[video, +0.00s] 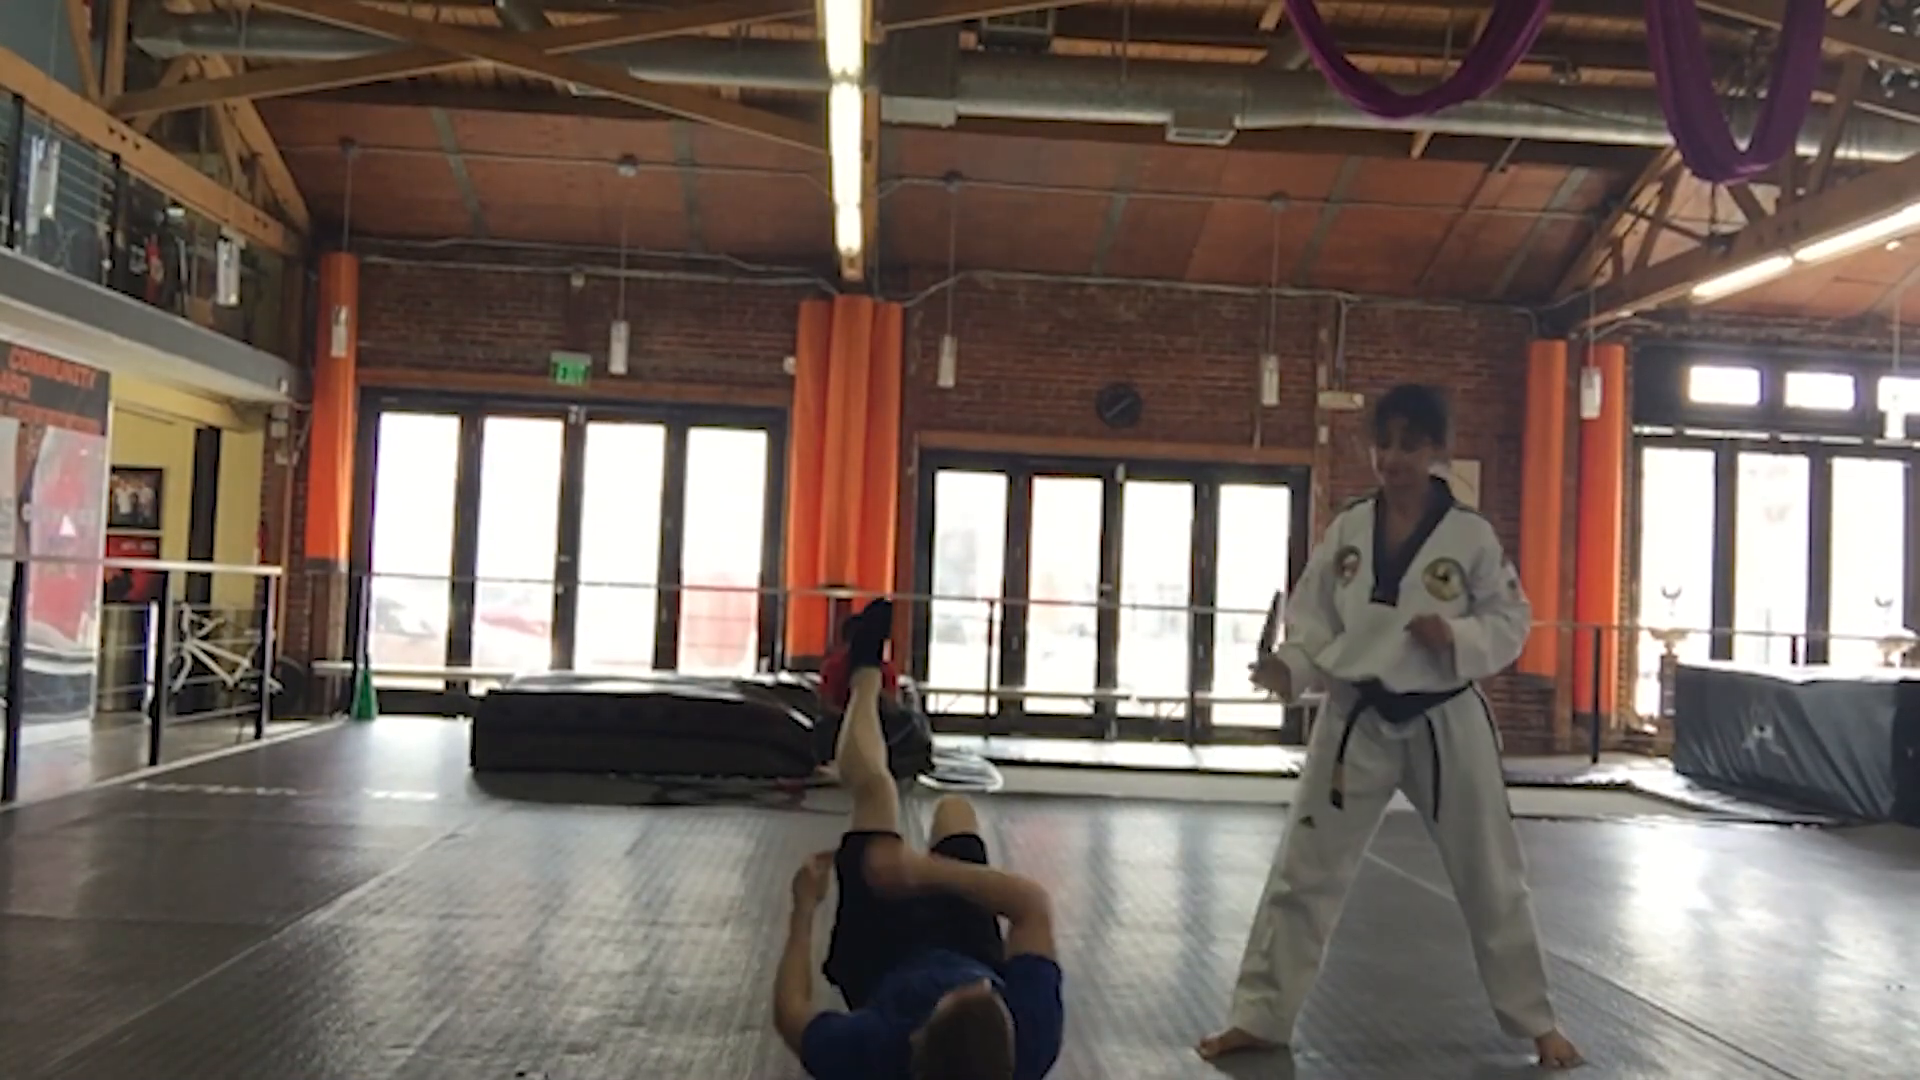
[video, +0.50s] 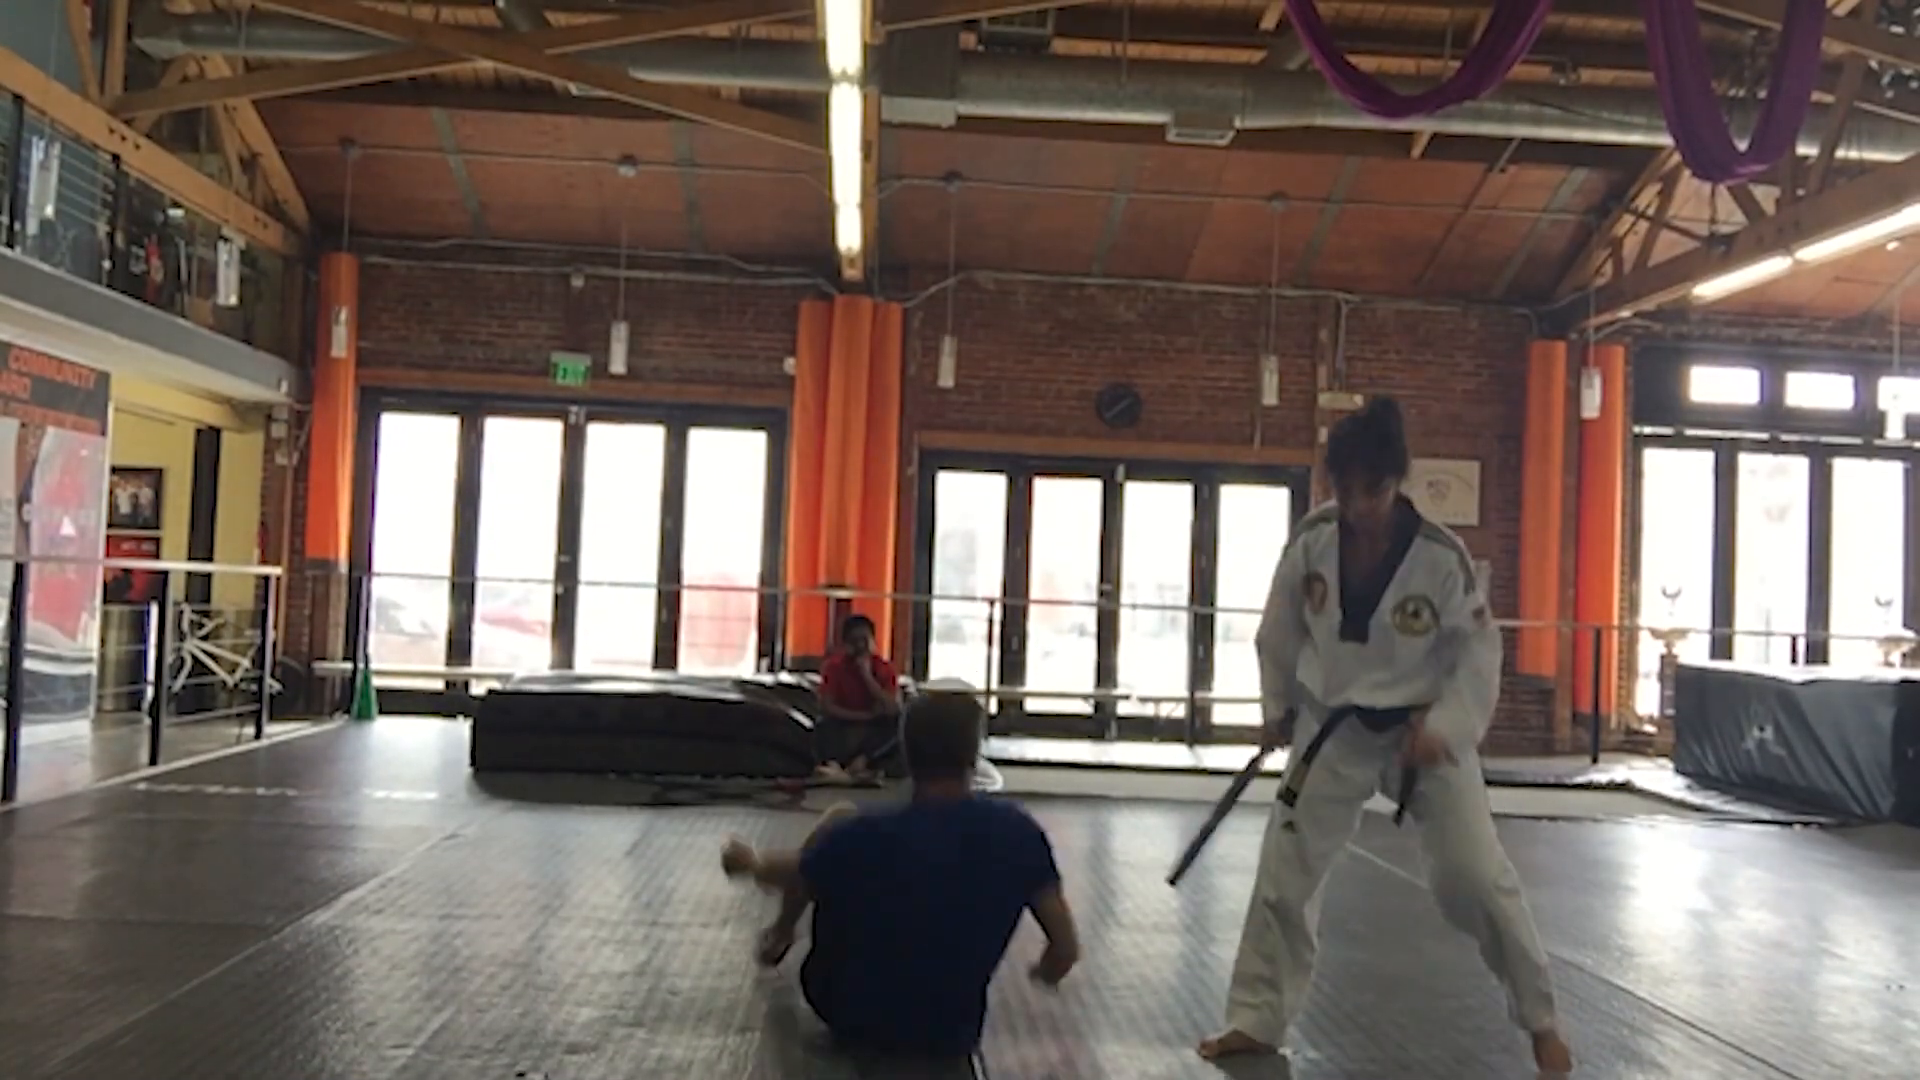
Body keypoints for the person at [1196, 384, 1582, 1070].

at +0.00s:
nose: (1391, 457)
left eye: (1408, 444)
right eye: (1383, 443)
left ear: (1437, 452)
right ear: (1371, 447)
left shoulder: (1470, 536)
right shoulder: (1347, 529)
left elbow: (1511, 627)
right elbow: (1309, 624)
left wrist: (1457, 634)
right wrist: (1292, 669)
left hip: (1447, 721)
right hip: (1351, 718)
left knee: (1491, 878)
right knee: (1302, 874)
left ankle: (1539, 1023)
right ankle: (1261, 1021)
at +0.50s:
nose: (1356, 505)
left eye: (1371, 491)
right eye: (1346, 490)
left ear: (1398, 483)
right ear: (1331, 482)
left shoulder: (1442, 558)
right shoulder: (1307, 550)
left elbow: (1479, 656)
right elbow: (1277, 636)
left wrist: (1445, 726)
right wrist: (1277, 709)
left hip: (1427, 728)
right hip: (1334, 727)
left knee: (1475, 878)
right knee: (1281, 876)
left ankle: (1540, 1021)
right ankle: (1257, 1022)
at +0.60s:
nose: (1354, 540)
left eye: (1367, 527)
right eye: (1343, 526)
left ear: (1396, 514)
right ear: (1329, 514)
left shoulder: (1446, 583)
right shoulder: (1313, 563)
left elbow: (1469, 700)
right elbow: (1292, 642)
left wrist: (1442, 785)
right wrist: (1294, 715)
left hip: (1433, 736)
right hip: (1345, 733)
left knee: (1488, 887)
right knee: (1294, 868)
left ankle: (1534, 1056)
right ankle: (1257, 1021)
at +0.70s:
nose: (1359, 603)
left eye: (1373, 591)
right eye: (1348, 589)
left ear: (1399, 577)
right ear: (1332, 576)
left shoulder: (1444, 628)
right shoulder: (1324, 604)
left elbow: (1468, 748)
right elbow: (1328, 699)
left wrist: (1439, 857)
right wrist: (1337, 789)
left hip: (1460, 751)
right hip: (1374, 748)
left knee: (1499, 897)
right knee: (1308, 876)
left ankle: (1525, 1063)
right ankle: (1267, 1023)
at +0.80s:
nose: (1351, 678)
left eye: (1362, 665)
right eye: (1342, 665)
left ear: (1393, 652)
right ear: (1334, 650)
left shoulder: (1452, 684)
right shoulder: (1355, 662)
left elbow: (1466, 819)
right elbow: (1383, 744)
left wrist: (1439, 934)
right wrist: (1370, 816)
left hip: (1493, 756)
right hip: (1412, 753)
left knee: (1516, 903)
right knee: (1350, 878)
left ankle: (1530, 1066)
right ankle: (1269, 1022)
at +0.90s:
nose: (1348, 755)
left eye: (1354, 746)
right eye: (1341, 745)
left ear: (1388, 726)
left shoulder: (1452, 731)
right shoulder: (1374, 691)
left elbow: (1457, 886)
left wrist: (1435, 1003)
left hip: (1515, 767)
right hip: (1413, 770)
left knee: (1531, 916)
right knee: (1347, 898)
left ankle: (1527, 1067)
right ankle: (1269, 1025)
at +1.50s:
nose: (1301, 669)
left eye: (1309, 655)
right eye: (1296, 655)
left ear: (1345, 643)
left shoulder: (1411, 660)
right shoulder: (1341, 662)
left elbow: (1446, 797)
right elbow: (1365, 740)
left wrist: (1428, 917)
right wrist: (1361, 819)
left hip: (1479, 748)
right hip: (1400, 755)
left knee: (1504, 903)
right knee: (1338, 877)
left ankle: (1526, 1063)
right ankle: (1268, 1021)